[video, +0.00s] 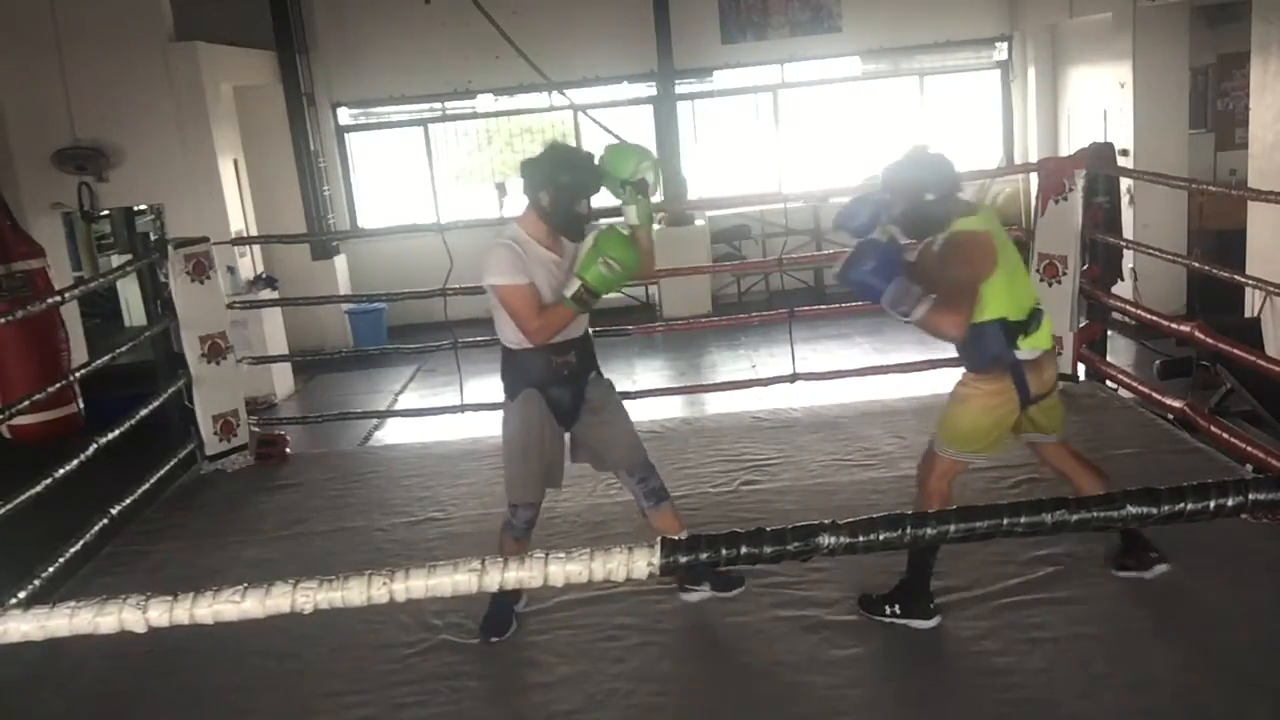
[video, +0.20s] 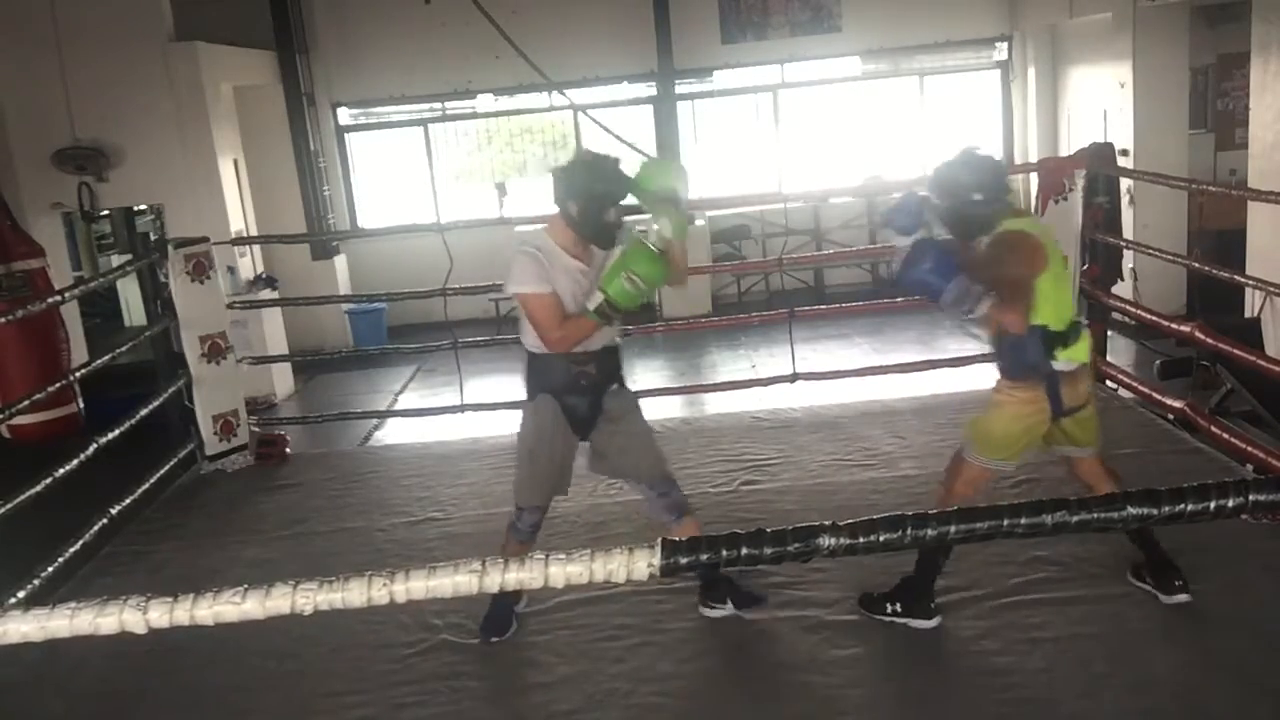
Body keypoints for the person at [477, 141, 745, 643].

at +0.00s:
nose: (589, 208)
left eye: (591, 196)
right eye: (580, 197)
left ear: (569, 197)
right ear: (548, 196)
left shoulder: (575, 243)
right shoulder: (505, 255)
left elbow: (641, 266)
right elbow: (536, 329)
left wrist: (638, 204)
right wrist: (589, 288)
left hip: (585, 379)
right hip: (531, 388)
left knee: (639, 469)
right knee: (523, 507)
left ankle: (689, 566)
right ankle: (507, 593)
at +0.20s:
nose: (620, 215)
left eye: (621, 205)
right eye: (611, 206)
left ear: (614, 203)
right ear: (578, 204)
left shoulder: (607, 251)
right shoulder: (529, 261)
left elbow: (675, 273)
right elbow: (557, 338)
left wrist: (670, 210)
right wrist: (611, 304)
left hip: (608, 388)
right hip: (552, 395)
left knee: (663, 487)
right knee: (529, 510)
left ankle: (713, 584)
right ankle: (507, 595)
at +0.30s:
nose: (647, 226)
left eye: (649, 215)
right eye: (637, 217)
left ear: (648, 212)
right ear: (603, 218)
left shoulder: (641, 252)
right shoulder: (555, 266)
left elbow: (684, 308)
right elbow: (572, 349)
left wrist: (697, 269)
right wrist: (632, 319)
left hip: (631, 393)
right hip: (574, 399)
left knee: (696, 482)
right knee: (541, 513)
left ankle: (721, 584)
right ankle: (509, 592)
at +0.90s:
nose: (650, 206)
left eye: (652, 195)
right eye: (644, 194)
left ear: (614, 193)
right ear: (616, 192)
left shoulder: (612, 246)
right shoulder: (577, 252)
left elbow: (632, 310)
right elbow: (622, 329)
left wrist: (670, 263)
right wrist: (675, 283)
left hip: (638, 381)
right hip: (592, 391)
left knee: (706, 469)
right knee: (576, 509)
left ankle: (740, 567)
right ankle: (538, 603)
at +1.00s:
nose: (673, 204)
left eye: (673, 194)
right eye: (667, 193)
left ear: (634, 193)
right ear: (637, 192)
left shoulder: (631, 241)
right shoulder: (595, 244)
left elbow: (649, 302)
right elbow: (659, 311)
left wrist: (683, 254)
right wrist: (705, 268)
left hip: (646, 381)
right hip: (604, 389)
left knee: (707, 475)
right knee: (586, 513)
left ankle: (753, 562)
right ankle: (541, 595)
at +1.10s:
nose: (688, 209)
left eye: (688, 199)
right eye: (681, 199)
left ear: (653, 198)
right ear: (655, 198)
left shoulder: (645, 239)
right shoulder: (634, 246)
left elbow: (683, 290)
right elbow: (717, 289)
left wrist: (714, 252)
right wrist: (746, 238)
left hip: (660, 388)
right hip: (625, 393)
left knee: (721, 481)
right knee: (603, 520)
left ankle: (760, 566)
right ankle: (544, 594)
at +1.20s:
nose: (718, 206)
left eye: (719, 197)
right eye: (715, 196)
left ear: (669, 191)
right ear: (694, 193)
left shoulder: (641, 234)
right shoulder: (679, 237)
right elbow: (771, 252)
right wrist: (807, 212)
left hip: (674, 387)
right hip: (648, 389)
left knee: (734, 479)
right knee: (620, 510)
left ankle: (762, 567)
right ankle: (548, 587)